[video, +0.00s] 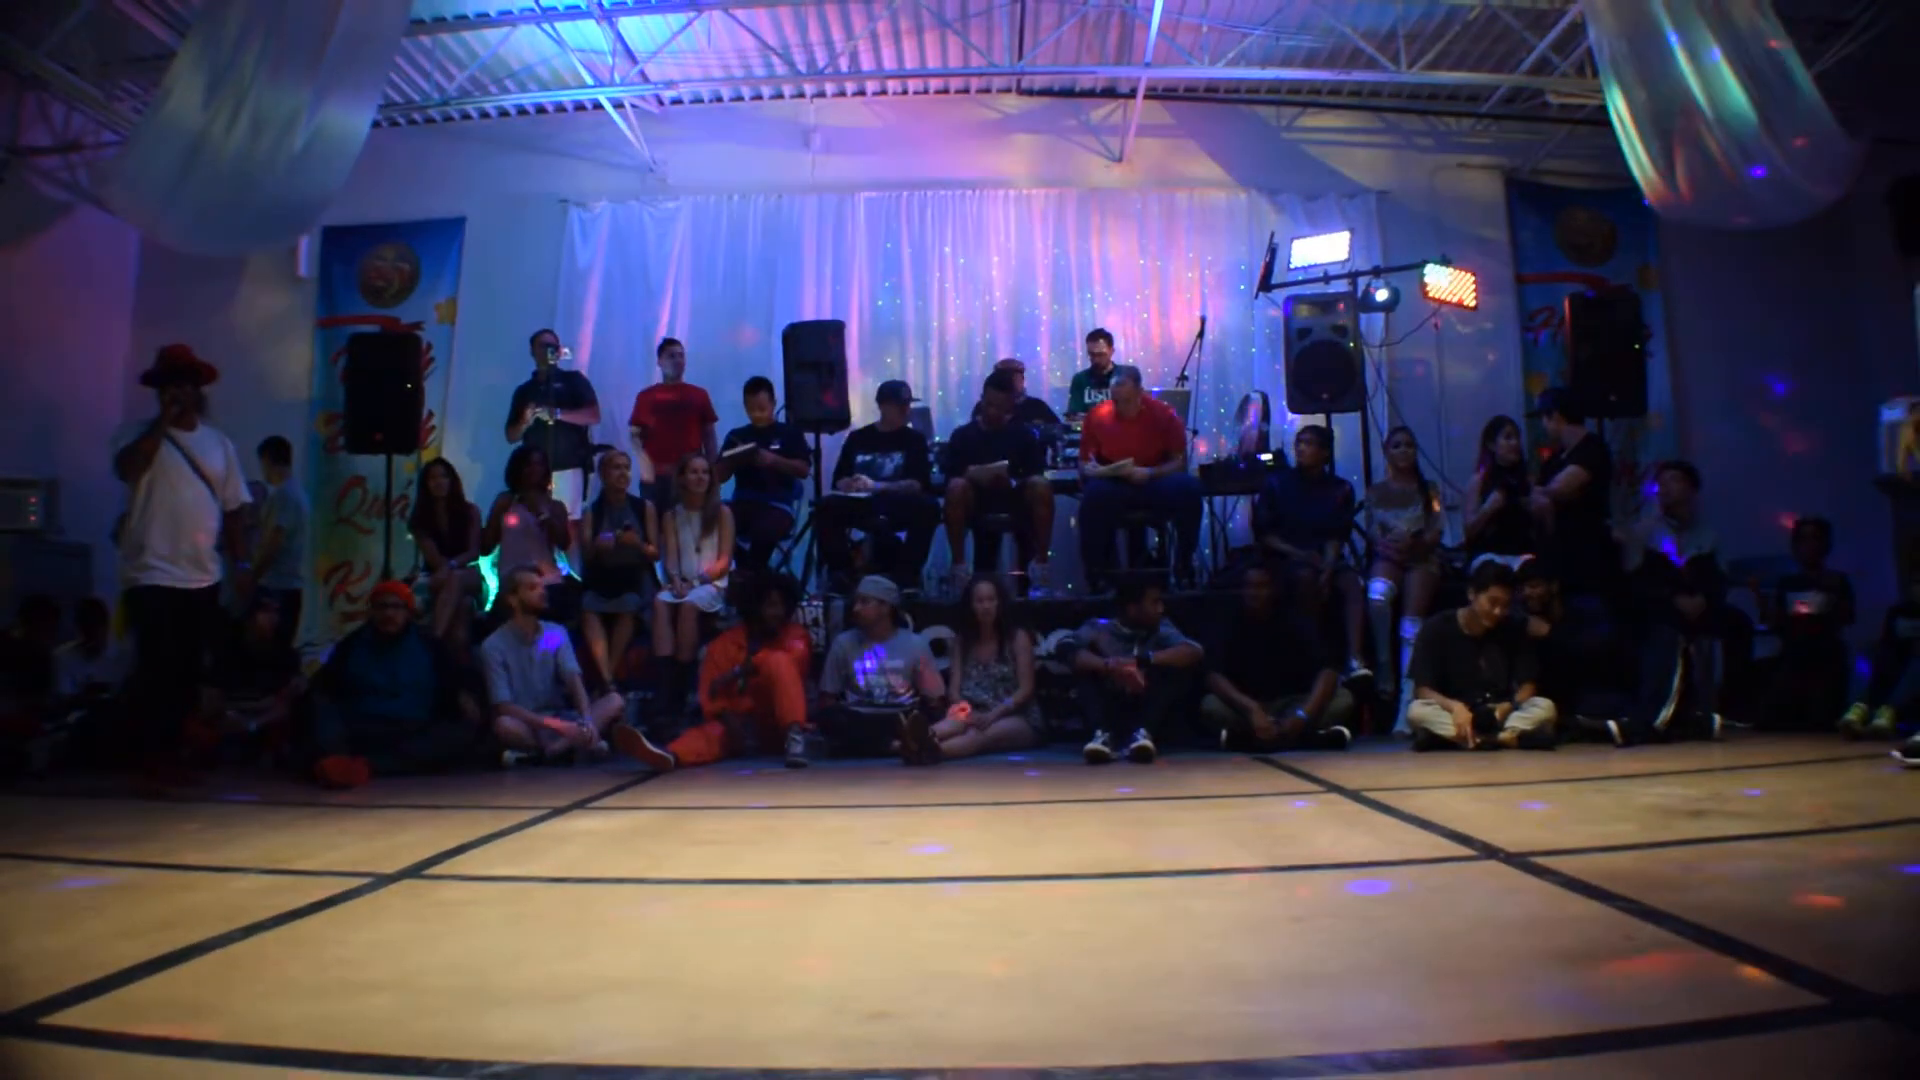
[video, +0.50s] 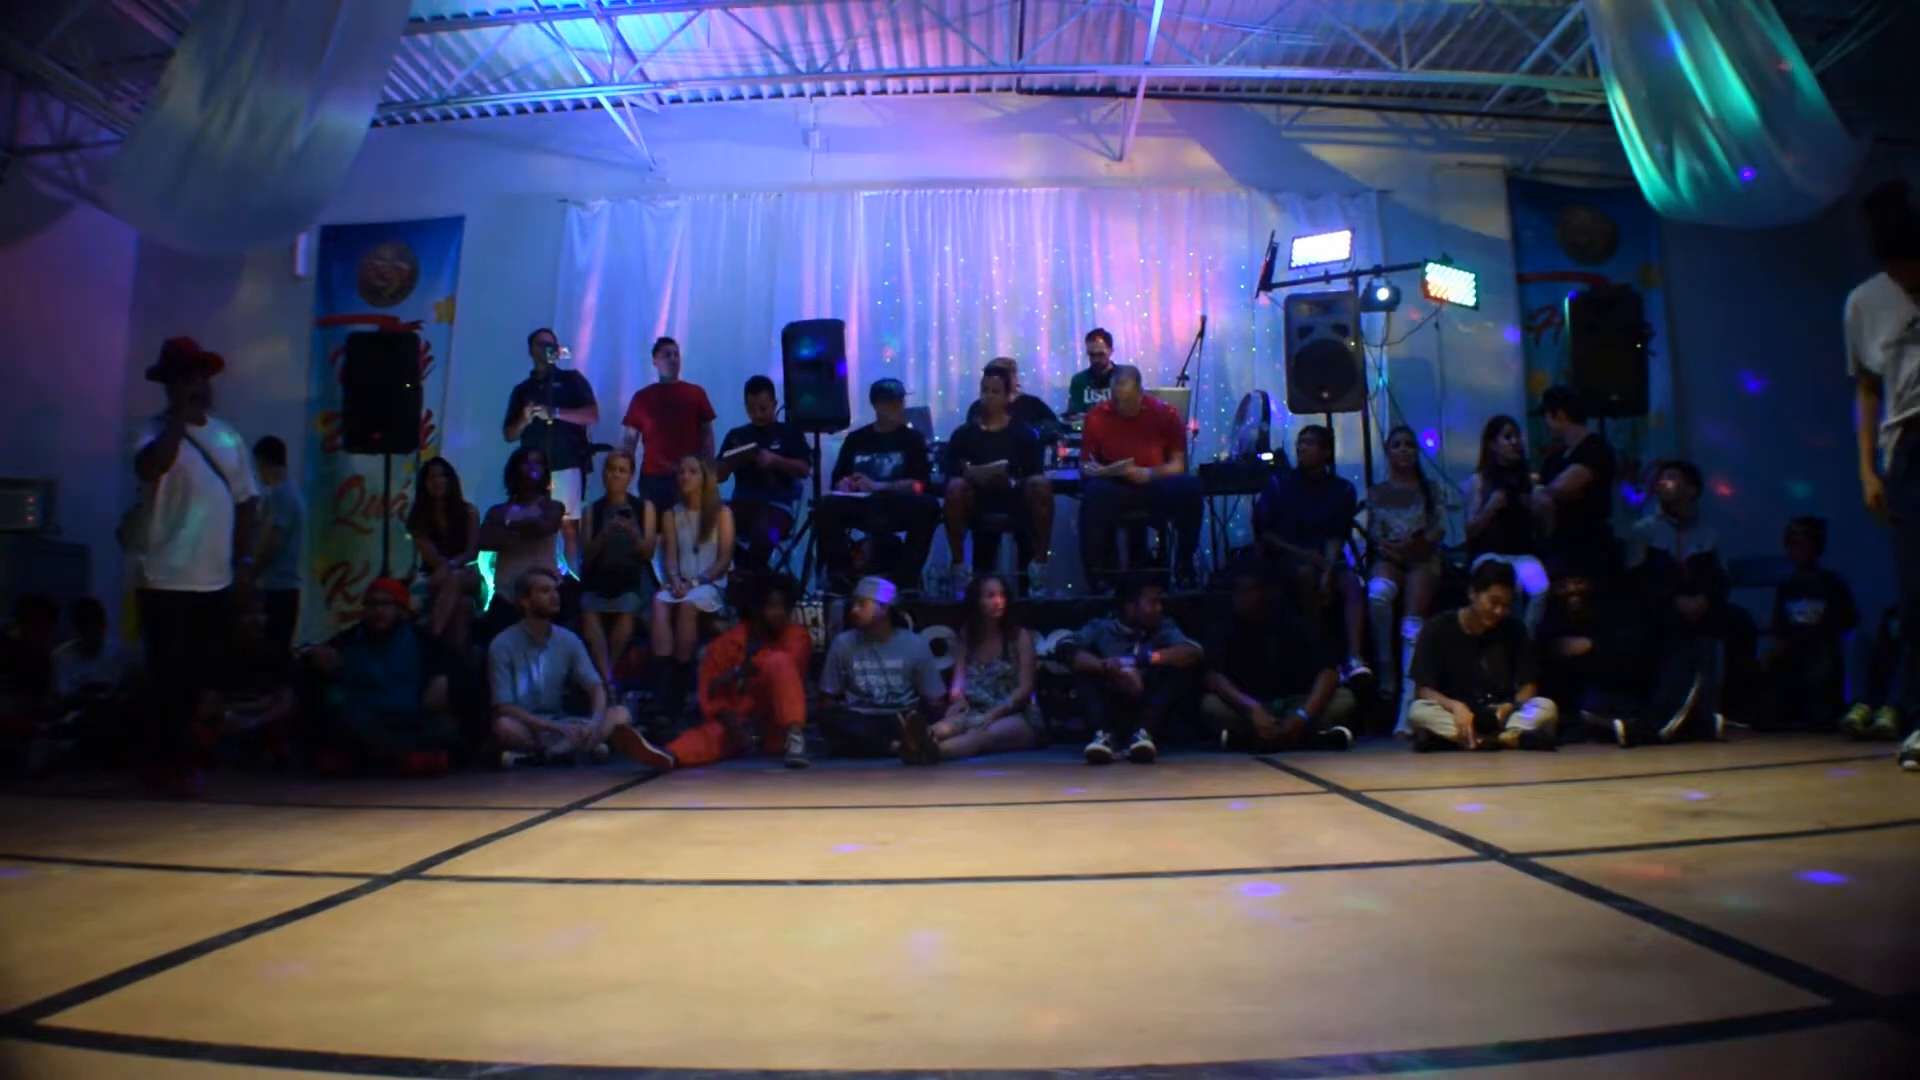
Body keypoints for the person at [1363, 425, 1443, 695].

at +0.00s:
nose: (1403, 451)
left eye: (1409, 445)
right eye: (1396, 446)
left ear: (1416, 451)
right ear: (1386, 452)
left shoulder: (1428, 489)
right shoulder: (1376, 492)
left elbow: (1436, 528)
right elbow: (1371, 532)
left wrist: (1416, 545)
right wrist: (1391, 547)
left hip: (1419, 556)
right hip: (1387, 556)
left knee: (1411, 627)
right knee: (1378, 597)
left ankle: (1408, 686)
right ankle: (1384, 669)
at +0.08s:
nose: (1403, 451)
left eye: (1408, 445)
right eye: (1396, 446)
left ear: (1415, 451)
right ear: (1386, 452)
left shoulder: (1428, 489)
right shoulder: (1376, 492)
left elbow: (1437, 526)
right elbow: (1369, 529)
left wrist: (1419, 543)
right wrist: (1386, 544)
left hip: (1418, 554)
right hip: (1387, 553)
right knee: (1377, 598)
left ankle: (1408, 679)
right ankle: (1384, 669)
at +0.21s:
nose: (1403, 451)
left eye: (1409, 446)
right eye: (1397, 446)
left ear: (1416, 451)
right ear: (1387, 452)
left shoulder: (1430, 488)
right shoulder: (1377, 492)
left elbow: (1440, 525)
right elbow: (1372, 532)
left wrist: (1419, 543)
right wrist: (1389, 548)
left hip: (1420, 555)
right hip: (1388, 555)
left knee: (1412, 626)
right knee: (1378, 594)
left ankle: (1409, 689)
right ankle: (1384, 668)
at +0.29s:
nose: (1403, 451)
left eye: (1409, 445)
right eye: (1396, 446)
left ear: (1416, 451)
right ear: (1387, 452)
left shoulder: (1431, 488)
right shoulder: (1377, 492)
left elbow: (1439, 527)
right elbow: (1373, 533)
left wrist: (1418, 545)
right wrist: (1390, 549)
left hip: (1420, 557)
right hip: (1388, 556)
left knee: (1412, 628)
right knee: (1378, 596)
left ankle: (1408, 707)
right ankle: (1384, 671)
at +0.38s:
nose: (1403, 451)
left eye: (1409, 445)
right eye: (1396, 445)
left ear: (1416, 451)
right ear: (1387, 452)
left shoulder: (1431, 488)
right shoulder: (1377, 492)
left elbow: (1440, 526)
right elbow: (1372, 531)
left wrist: (1419, 546)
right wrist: (1388, 548)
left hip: (1420, 556)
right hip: (1388, 556)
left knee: (1413, 626)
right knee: (1378, 595)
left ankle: (1409, 700)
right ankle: (1385, 671)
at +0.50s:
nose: (1403, 451)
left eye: (1409, 445)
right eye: (1396, 446)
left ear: (1417, 451)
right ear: (1387, 453)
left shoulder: (1431, 488)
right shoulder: (1377, 492)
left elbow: (1440, 525)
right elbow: (1371, 530)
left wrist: (1422, 541)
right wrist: (1387, 546)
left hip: (1420, 555)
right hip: (1387, 554)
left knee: (1412, 628)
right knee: (1378, 595)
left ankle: (1408, 705)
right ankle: (1385, 671)